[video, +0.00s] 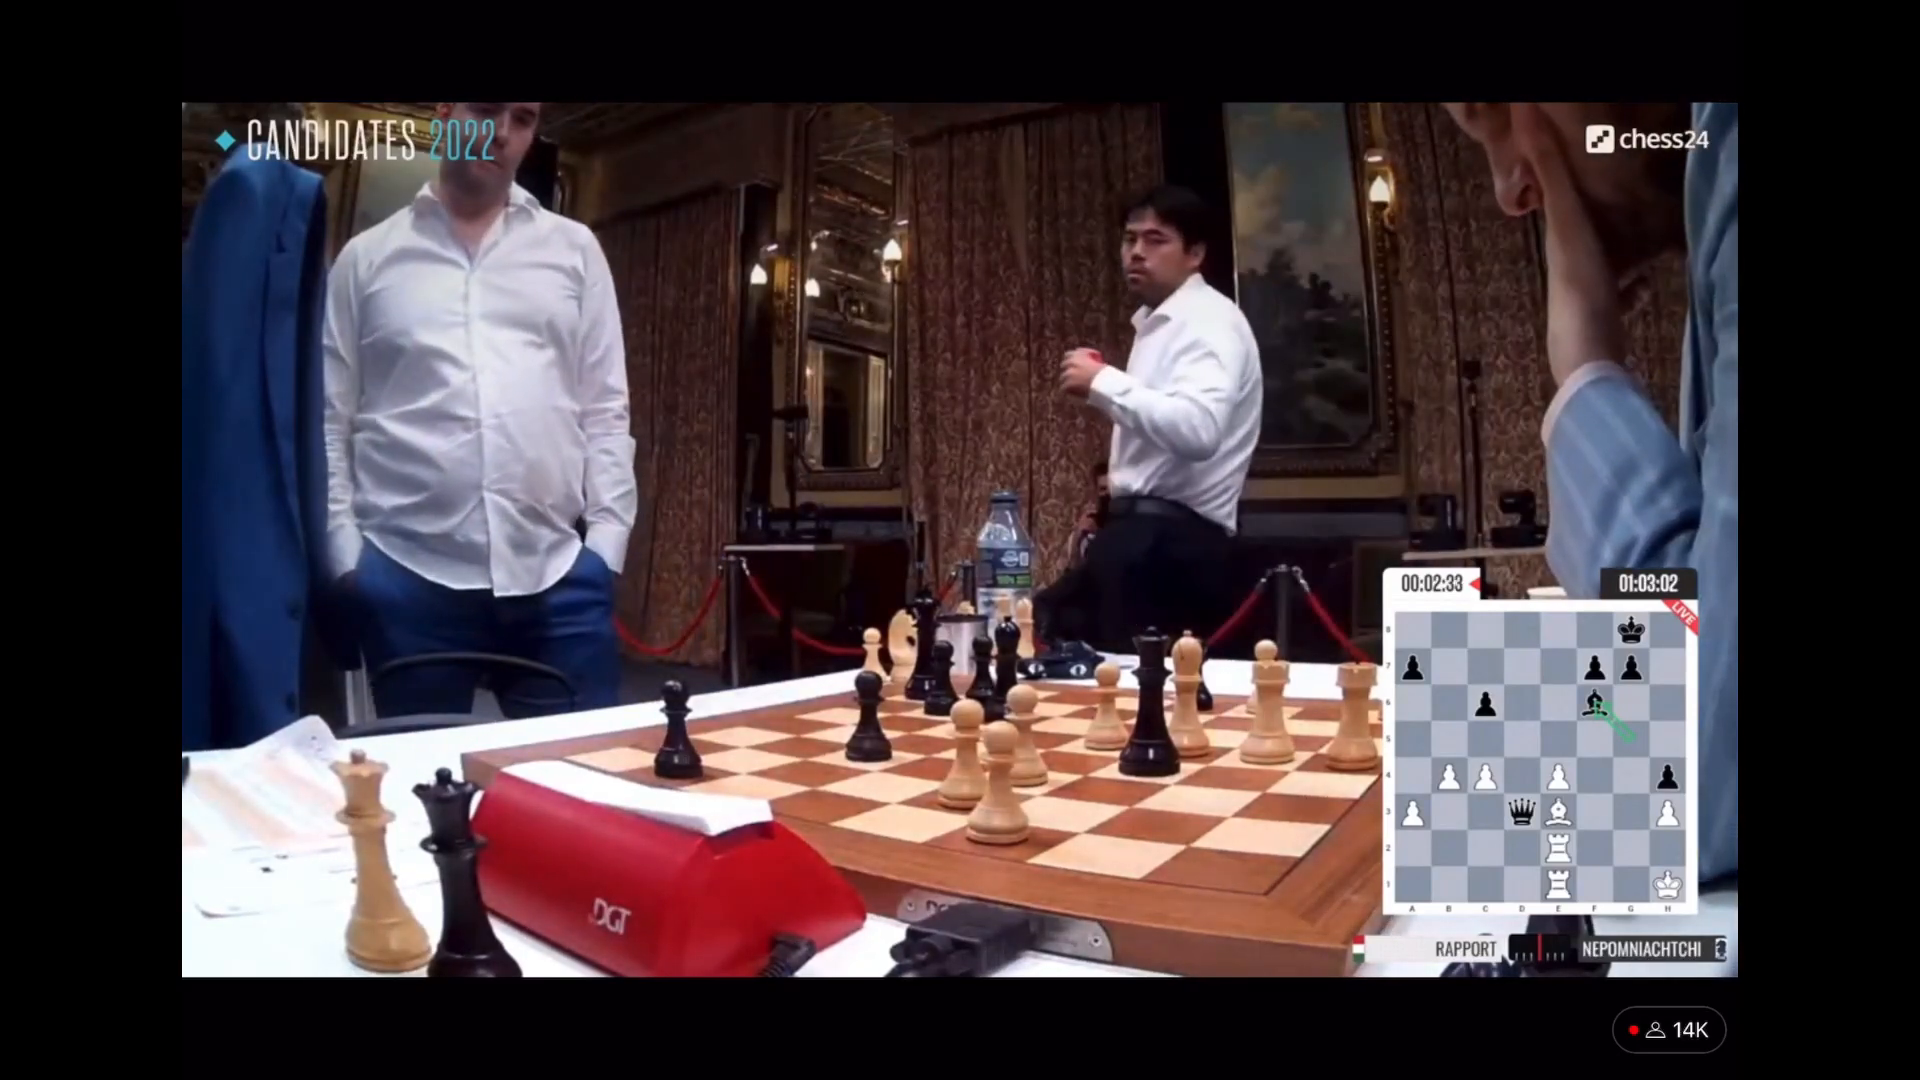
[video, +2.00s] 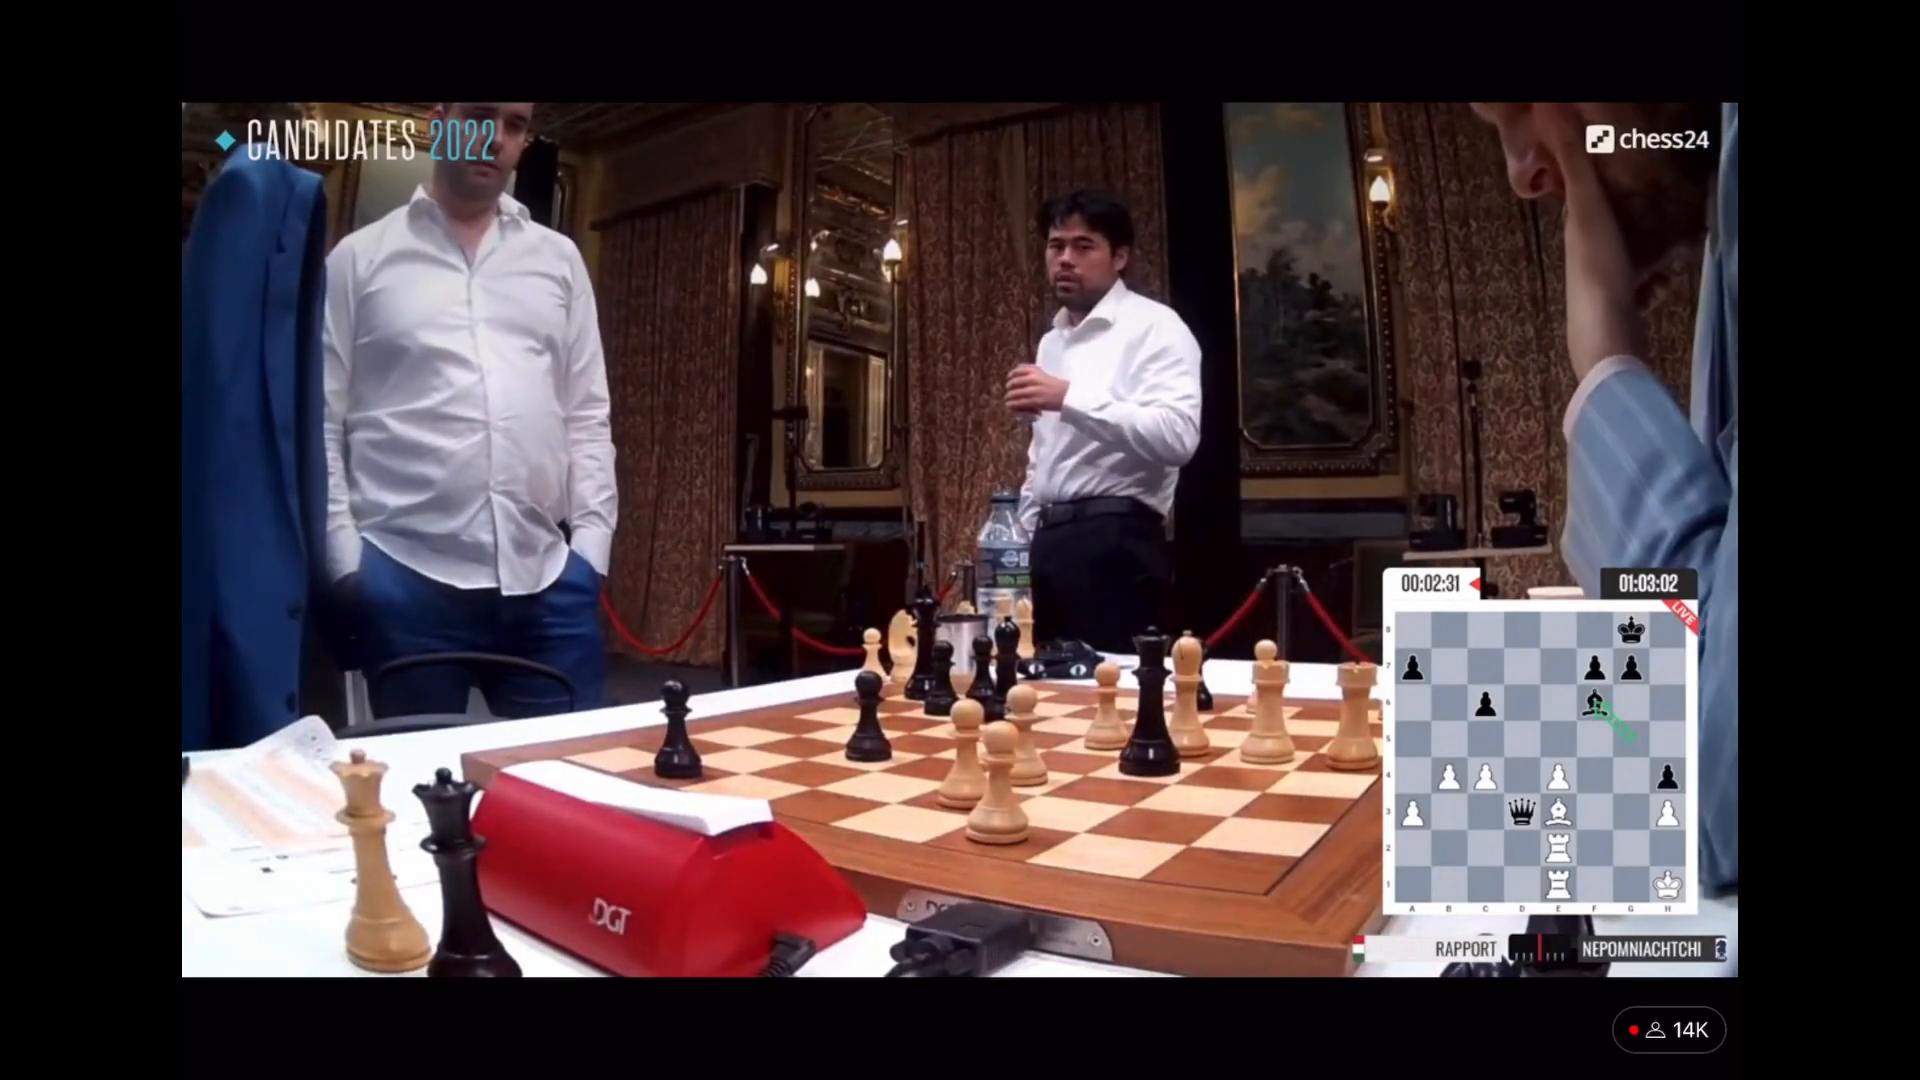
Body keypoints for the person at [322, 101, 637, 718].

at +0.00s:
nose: (497, 132)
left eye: (519, 118)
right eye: (483, 110)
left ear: (534, 134)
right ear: (445, 114)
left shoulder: (574, 249)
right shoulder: (366, 259)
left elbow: (606, 410)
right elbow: (330, 420)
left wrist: (604, 546)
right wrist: (347, 562)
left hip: (559, 585)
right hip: (409, 589)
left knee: (592, 789)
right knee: (422, 801)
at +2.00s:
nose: (494, 141)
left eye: (514, 127)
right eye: (479, 117)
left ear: (528, 142)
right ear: (438, 119)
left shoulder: (559, 259)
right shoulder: (359, 260)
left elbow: (588, 415)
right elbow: (323, 421)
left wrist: (589, 550)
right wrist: (347, 565)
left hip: (549, 582)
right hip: (406, 585)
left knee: (574, 788)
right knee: (419, 791)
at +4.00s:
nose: (490, 144)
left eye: (513, 130)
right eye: (477, 120)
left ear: (528, 144)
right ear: (440, 119)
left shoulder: (565, 258)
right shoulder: (361, 262)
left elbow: (593, 417)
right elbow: (324, 420)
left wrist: (590, 552)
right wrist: (342, 561)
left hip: (548, 584)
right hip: (402, 585)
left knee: (571, 790)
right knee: (415, 793)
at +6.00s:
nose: (489, 144)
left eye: (513, 131)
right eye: (477, 120)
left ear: (529, 146)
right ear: (442, 121)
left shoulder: (564, 260)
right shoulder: (362, 263)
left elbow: (593, 415)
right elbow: (325, 419)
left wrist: (589, 552)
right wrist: (341, 561)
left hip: (546, 584)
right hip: (401, 585)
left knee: (568, 788)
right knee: (415, 790)